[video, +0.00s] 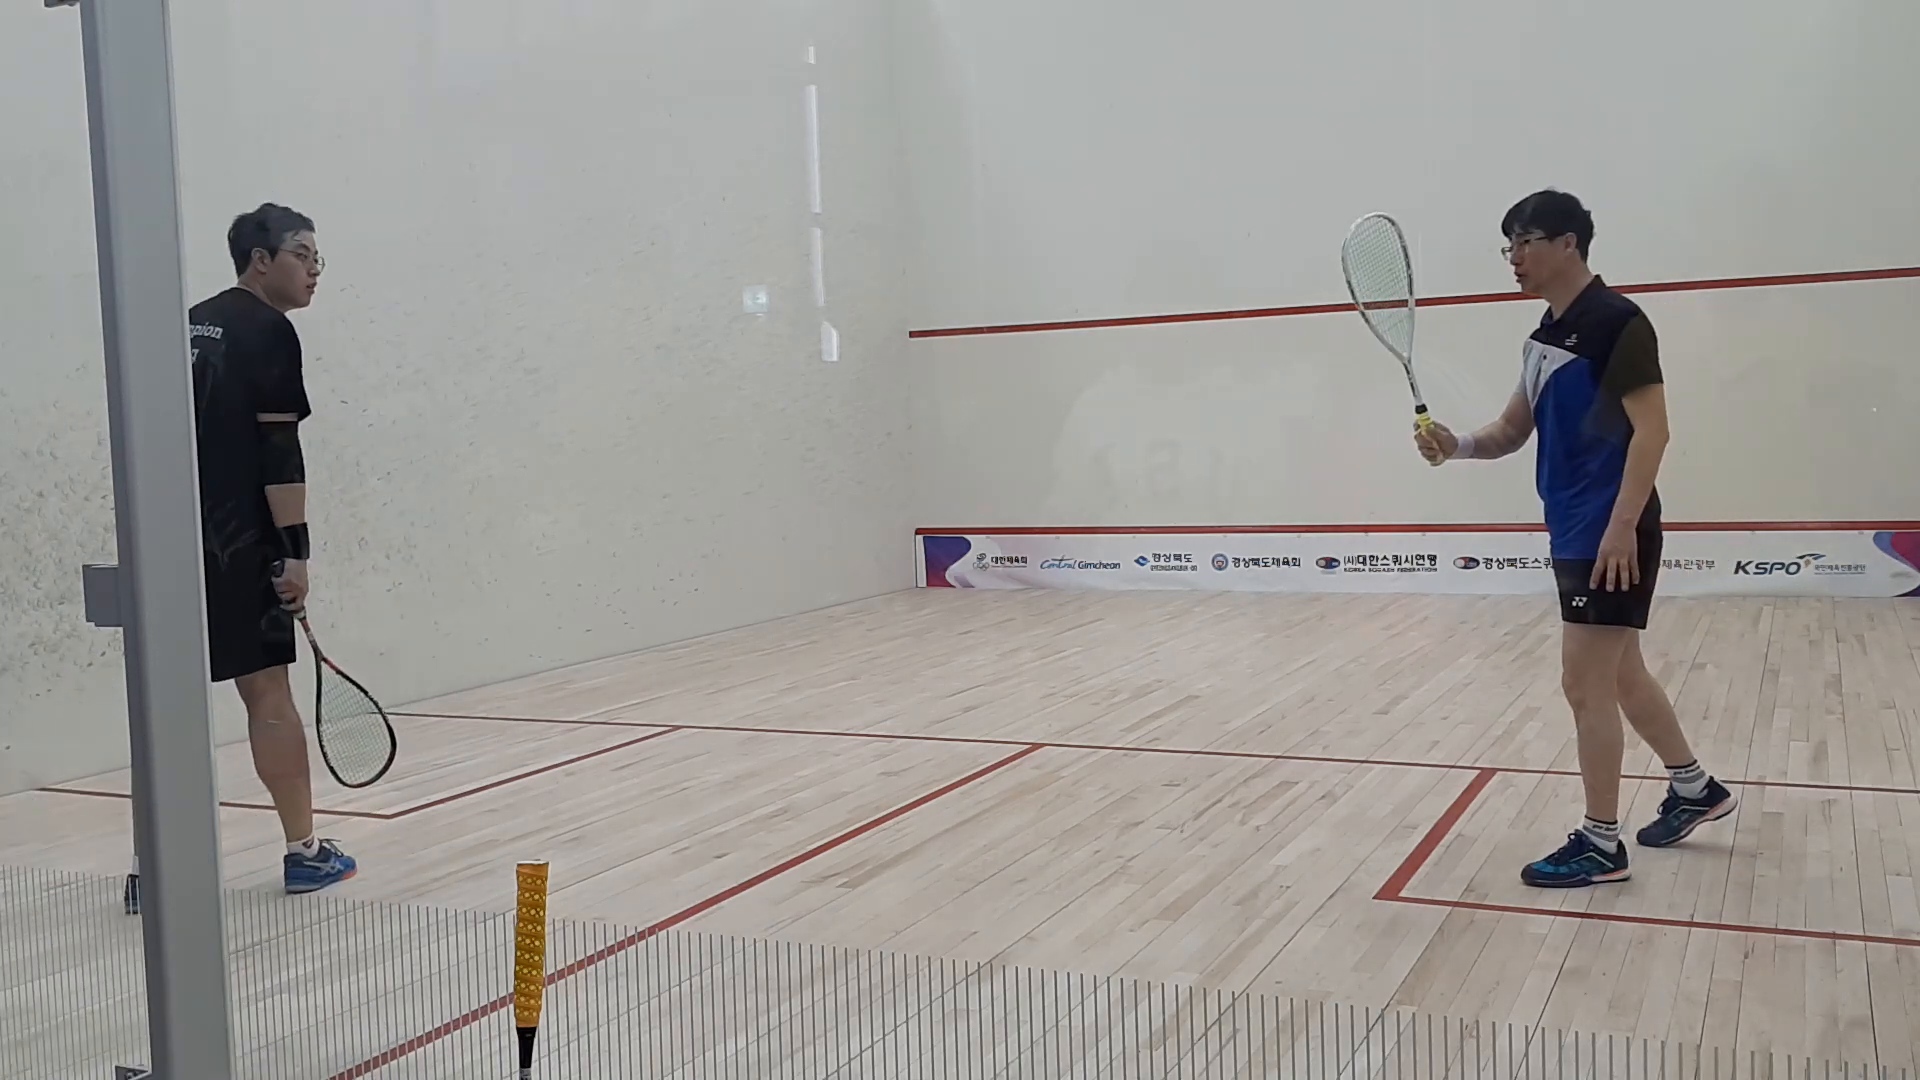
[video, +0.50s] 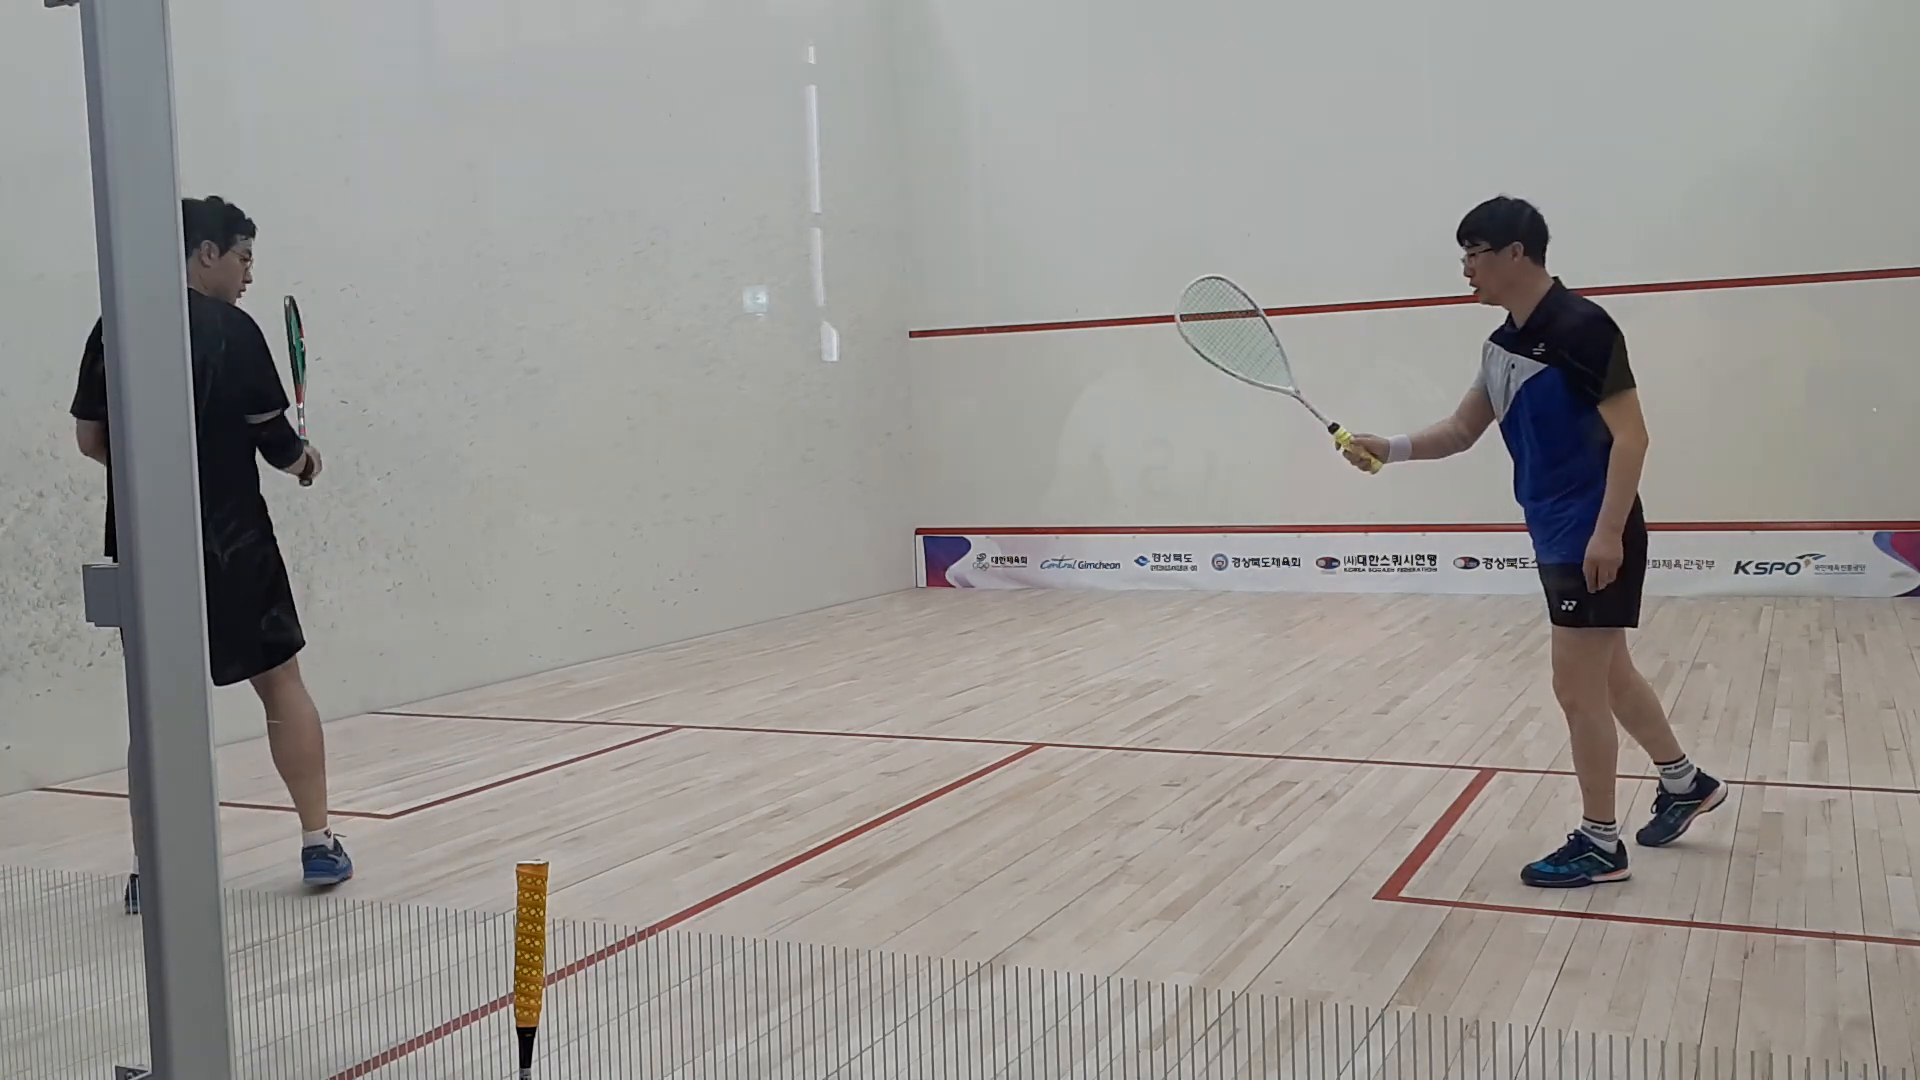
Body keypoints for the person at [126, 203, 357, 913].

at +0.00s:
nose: (316, 271)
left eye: (316, 258)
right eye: (305, 257)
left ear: (255, 265)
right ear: (260, 260)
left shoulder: (190, 320)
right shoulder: (270, 332)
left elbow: (170, 438)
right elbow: (280, 453)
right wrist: (297, 550)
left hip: (177, 543)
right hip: (242, 547)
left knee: (165, 705)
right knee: (269, 696)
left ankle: (152, 868)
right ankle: (304, 849)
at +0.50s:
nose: (249, 273)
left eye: (249, 259)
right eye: (242, 259)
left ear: (187, 257)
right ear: (206, 256)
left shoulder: (113, 323)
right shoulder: (231, 330)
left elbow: (91, 437)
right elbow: (272, 437)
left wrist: (157, 455)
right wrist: (303, 460)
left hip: (143, 549)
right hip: (232, 543)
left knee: (153, 711)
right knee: (282, 690)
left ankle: (152, 869)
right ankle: (319, 843)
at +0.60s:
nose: (265, 283)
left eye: (266, 271)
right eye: (260, 270)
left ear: (201, 266)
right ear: (221, 263)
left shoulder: (124, 320)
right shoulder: (252, 339)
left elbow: (79, 431)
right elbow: (298, 451)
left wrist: (142, 466)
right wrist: (287, 384)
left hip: (146, 547)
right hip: (237, 542)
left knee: (153, 709)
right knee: (281, 687)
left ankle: (151, 870)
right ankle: (325, 840)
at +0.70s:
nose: (282, 278)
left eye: (281, 264)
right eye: (275, 265)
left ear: (219, 267)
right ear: (237, 265)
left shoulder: (141, 317)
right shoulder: (264, 331)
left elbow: (84, 422)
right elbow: (303, 456)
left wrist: (137, 485)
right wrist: (272, 409)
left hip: (157, 545)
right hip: (242, 543)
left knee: (156, 714)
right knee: (280, 698)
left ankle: (153, 870)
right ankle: (320, 850)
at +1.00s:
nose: (310, 263)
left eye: (306, 251)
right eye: (304, 252)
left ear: (236, 260)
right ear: (280, 258)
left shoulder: (174, 312)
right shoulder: (307, 333)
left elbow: (124, 414)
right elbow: (330, 447)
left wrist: (119, 489)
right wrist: (268, 446)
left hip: (179, 543)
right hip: (275, 547)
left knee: (166, 706)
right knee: (295, 699)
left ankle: (151, 866)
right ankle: (323, 855)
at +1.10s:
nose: (310, 265)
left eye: (306, 253)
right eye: (306, 254)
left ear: (237, 260)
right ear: (285, 259)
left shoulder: (178, 313)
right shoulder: (313, 337)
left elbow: (134, 399)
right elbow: (335, 448)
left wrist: (113, 466)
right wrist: (264, 448)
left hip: (185, 544)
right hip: (280, 549)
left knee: (173, 708)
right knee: (297, 697)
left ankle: (156, 869)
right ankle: (322, 853)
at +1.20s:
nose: (306, 268)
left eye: (302, 256)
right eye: (302, 257)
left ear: (230, 262)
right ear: (285, 262)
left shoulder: (183, 315)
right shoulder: (315, 341)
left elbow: (136, 389)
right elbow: (333, 450)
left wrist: (101, 447)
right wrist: (261, 434)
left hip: (187, 541)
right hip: (284, 547)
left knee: (172, 700)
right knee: (299, 694)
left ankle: (155, 857)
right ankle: (323, 855)